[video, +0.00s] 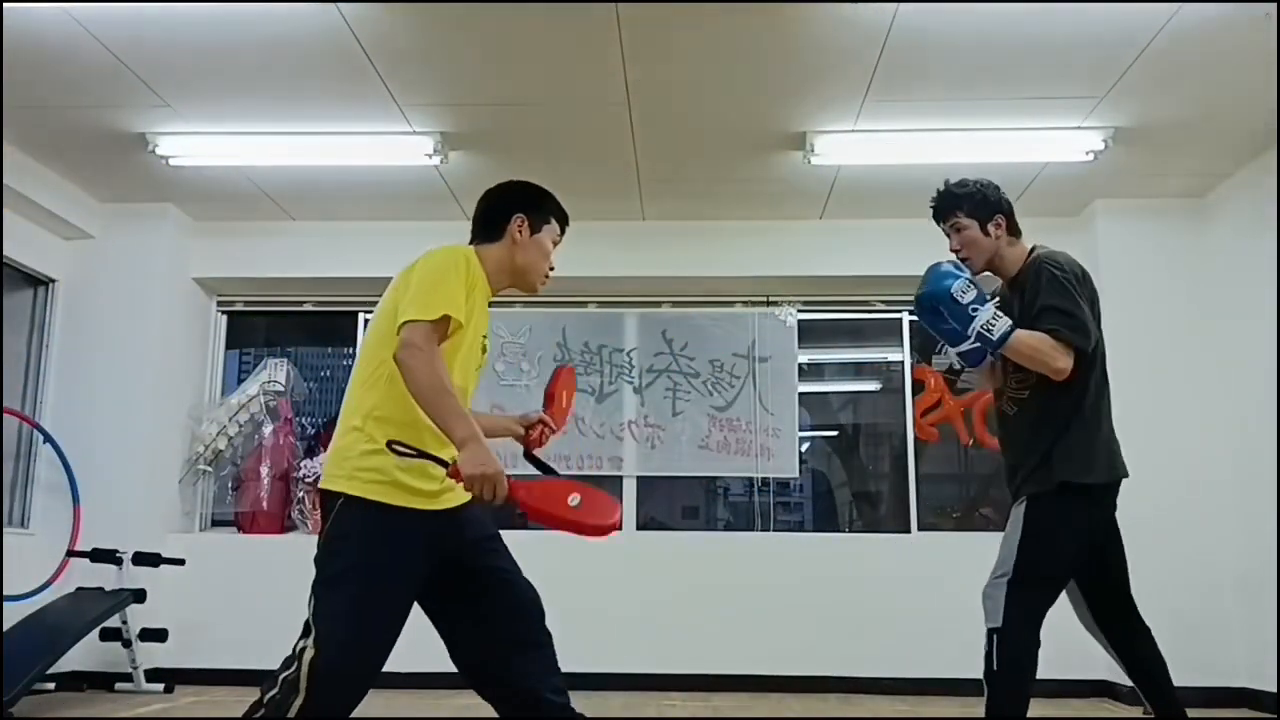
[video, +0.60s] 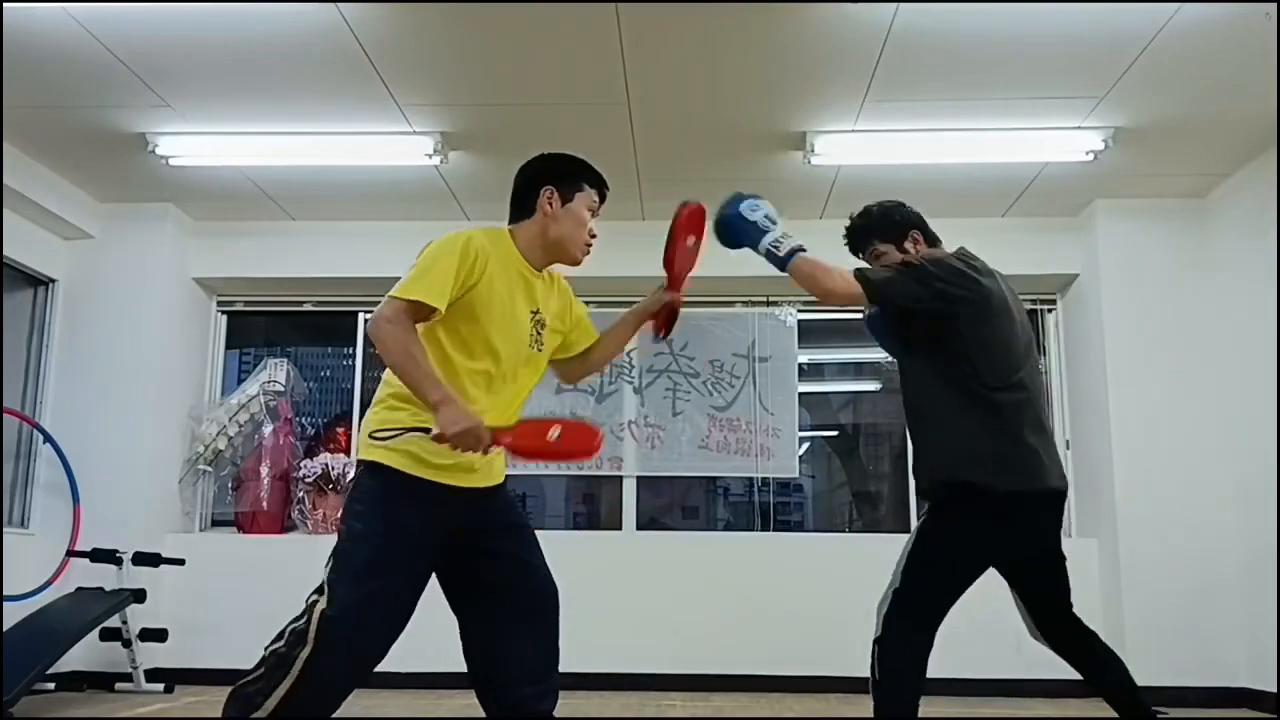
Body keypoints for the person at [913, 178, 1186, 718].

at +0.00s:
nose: (953, 248)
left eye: (959, 233)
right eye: (948, 237)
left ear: (997, 226)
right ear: (987, 232)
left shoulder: (1051, 271)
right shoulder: (1009, 295)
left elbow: (1059, 359)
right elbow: (999, 376)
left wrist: (986, 324)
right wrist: (961, 352)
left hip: (1068, 477)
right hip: (1067, 476)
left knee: (1009, 607)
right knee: (1112, 614)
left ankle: (1002, 716)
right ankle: (1171, 713)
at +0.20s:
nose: (948, 249)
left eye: (953, 233)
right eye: (943, 238)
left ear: (992, 224)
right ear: (986, 231)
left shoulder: (1039, 268)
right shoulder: (998, 293)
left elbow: (1015, 348)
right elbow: (973, 382)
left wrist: (953, 297)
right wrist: (935, 317)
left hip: (1058, 477)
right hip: (1068, 476)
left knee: (982, 608)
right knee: (1095, 617)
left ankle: (992, 717)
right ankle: (1165, 714)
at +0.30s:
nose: (938, 259)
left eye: (943, 243)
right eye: (934, 248)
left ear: (982, 236)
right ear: (973, 243)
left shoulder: (1031, 280)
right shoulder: (985, 307)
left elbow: (1007, 366)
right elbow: (967, 395)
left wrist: (939, 316)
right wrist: (927, 342)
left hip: (1042, 480)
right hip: (1056, 483)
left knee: (925, 575)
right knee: (1086, 621)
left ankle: (964, 712)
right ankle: (1165, 714)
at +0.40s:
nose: (909, 249)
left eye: (915, 234)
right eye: (905, 238)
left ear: (951, 230)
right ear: (955, 233)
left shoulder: (983, 275)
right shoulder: (1004, 275)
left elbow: (968, 351)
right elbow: (996, 383)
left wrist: (901, 305)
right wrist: (924, 354)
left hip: (995, 489)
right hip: (1051, 487)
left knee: (909, 610)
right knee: (1095, 619)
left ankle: (900, 713)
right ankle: (1165, 713)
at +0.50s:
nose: (881, 266)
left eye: (885, 252)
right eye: (878, 255)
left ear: (922, 245)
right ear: (928, 244)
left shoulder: (941, 292)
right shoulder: (996, 291)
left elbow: (851, 307)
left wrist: (790, 260)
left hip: (973, 501)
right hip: (1038, 498)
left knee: (890, 625)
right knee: (1056, 623)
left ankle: (889, 715)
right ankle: (1139, 712)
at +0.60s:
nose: (874, 274)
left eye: (877, 260)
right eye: (869, 265)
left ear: (912, 242)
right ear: (924, 240)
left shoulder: (937, 276)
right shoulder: (987, 281)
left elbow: (837, 289)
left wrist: (775, 243)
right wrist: (892, 319)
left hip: (973, 491)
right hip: (1033, 490)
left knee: (902, 630)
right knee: (1056, 621)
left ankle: (892, 719)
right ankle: (1141, 712)